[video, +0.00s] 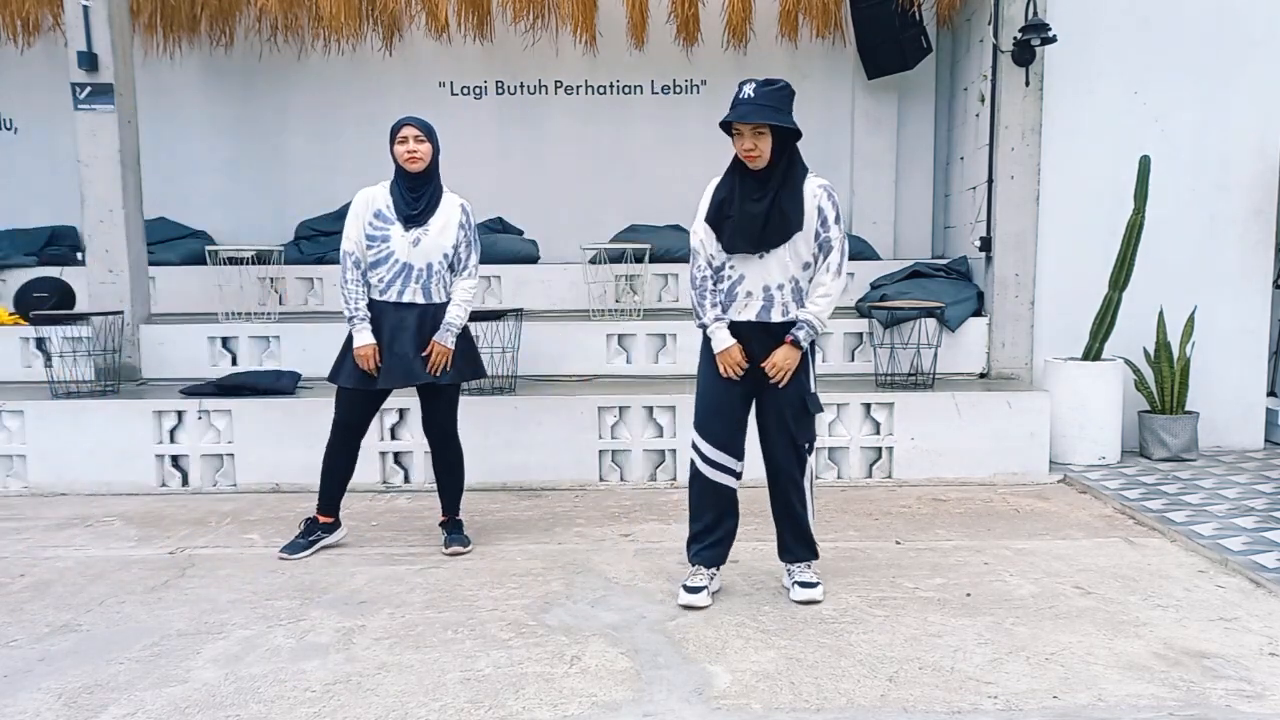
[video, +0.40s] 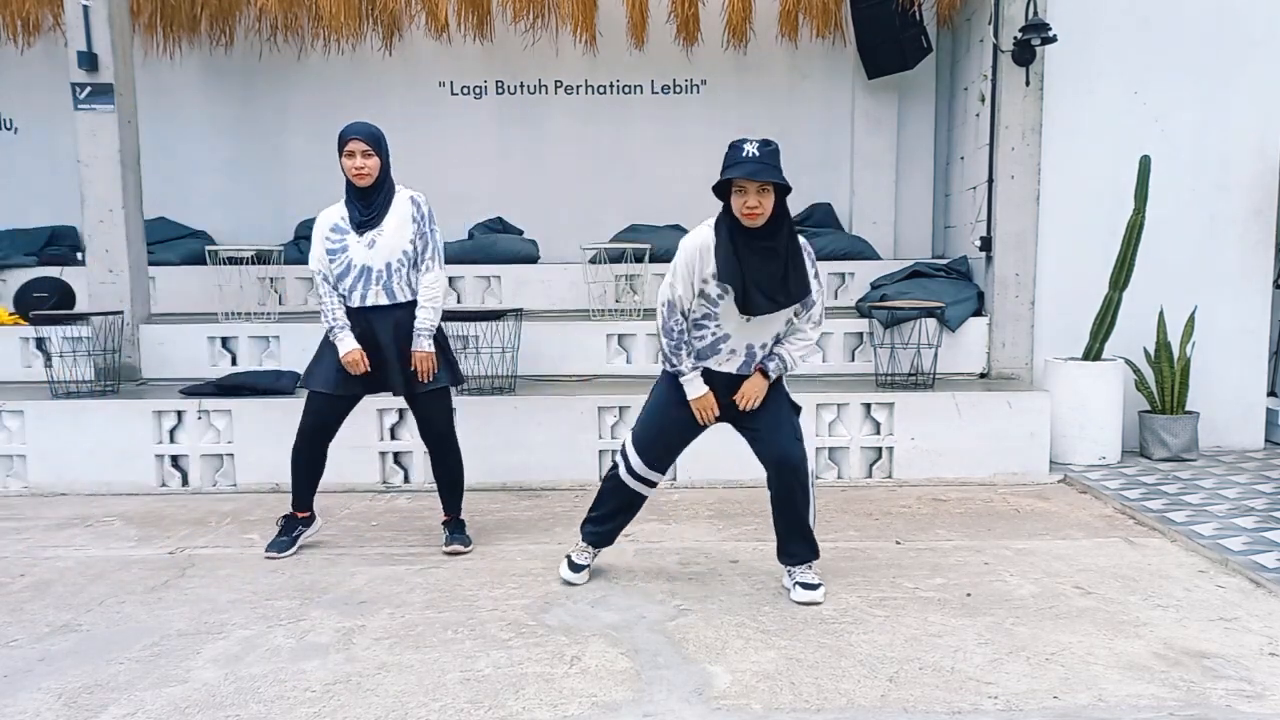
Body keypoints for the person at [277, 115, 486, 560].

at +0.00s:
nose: (411, 148)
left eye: (420, 141)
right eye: (403, 142)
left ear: (434, 149)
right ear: (392, 151)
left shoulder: (456, 209)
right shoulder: (367, 202)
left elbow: (467, 277)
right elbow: (351, 273)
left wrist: (449, 331)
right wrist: (361, 331)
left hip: (437, 329)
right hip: (379, 328)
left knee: (442, 430)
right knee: (346, 426)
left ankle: (452, 522)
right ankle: (325, 519)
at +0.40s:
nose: (359, 163)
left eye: (367, 154)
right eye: (350, 155)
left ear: (383, 158)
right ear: (341, 162)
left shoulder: (414, 205)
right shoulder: (327, 220)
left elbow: (433, 274)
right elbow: (325, 289)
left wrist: (423, 335)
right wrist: (344, 341)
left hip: (410, 331)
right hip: (352, 334)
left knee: (439, 432)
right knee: (313, 427)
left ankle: (453, 521)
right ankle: (300, 514)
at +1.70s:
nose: (433, 170)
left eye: (440, 160)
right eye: (422, 162)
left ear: (454, 161)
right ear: (411, 167)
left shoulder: (478, 217)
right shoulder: (390, 209)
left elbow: (484, 284)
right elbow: (363, 279)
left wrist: (473, 341)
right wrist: (360, 346)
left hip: (450, 339)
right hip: (391, 335)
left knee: (471, 428)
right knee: (337, 422)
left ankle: (480, 515)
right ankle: (291, 510)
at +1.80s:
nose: (442, 169)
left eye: (449, 159)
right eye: (432, 162)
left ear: (463, 161)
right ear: (421, 167)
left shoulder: (484, 218)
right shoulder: (397, 206)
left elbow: (489, 283)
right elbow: (372, 275)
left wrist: (480, 337)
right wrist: (368, 340)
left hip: (456, 336)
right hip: (398, 332)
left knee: (471, 429)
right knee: (348, 425)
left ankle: (480, 515)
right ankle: (298, 509)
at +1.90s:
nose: (445, 175)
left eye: (452, 164)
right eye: (435, 168)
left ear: (467, 165)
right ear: (424, 172)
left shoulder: (485, 221)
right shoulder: (403, 208)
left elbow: (492, 287)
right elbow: (375, 275)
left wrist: (484, 339)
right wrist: (372, 342)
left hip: (460, 336)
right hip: (405, 332)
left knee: (473, 430)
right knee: (358, 427)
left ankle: (480, 515)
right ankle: (304, 511)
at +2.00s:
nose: (444, 172)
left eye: (451, 161)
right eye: (434, 165)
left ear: (466, 162)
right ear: (423, 170)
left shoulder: (486, 219)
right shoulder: (405, 207)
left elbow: (493, 285)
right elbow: (377, 274)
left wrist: (486, 339)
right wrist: (371, 342)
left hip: (459, 335)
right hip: (404, 331)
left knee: (472, 430)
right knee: (354, 425)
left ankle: (480, 516)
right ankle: (302, 510)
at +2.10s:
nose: (434, 173)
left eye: (440, 162)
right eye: (423, 167)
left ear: (456, 161)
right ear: (414, 172)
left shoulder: (482, 217)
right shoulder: (399, 211)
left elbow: (489, 283)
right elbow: (373, 278)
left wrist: (481, 338)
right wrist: (369, 344)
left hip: (454, 332)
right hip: (396, 327)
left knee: (470, 426)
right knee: (344, 419)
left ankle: (480, 515)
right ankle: (298, 509)